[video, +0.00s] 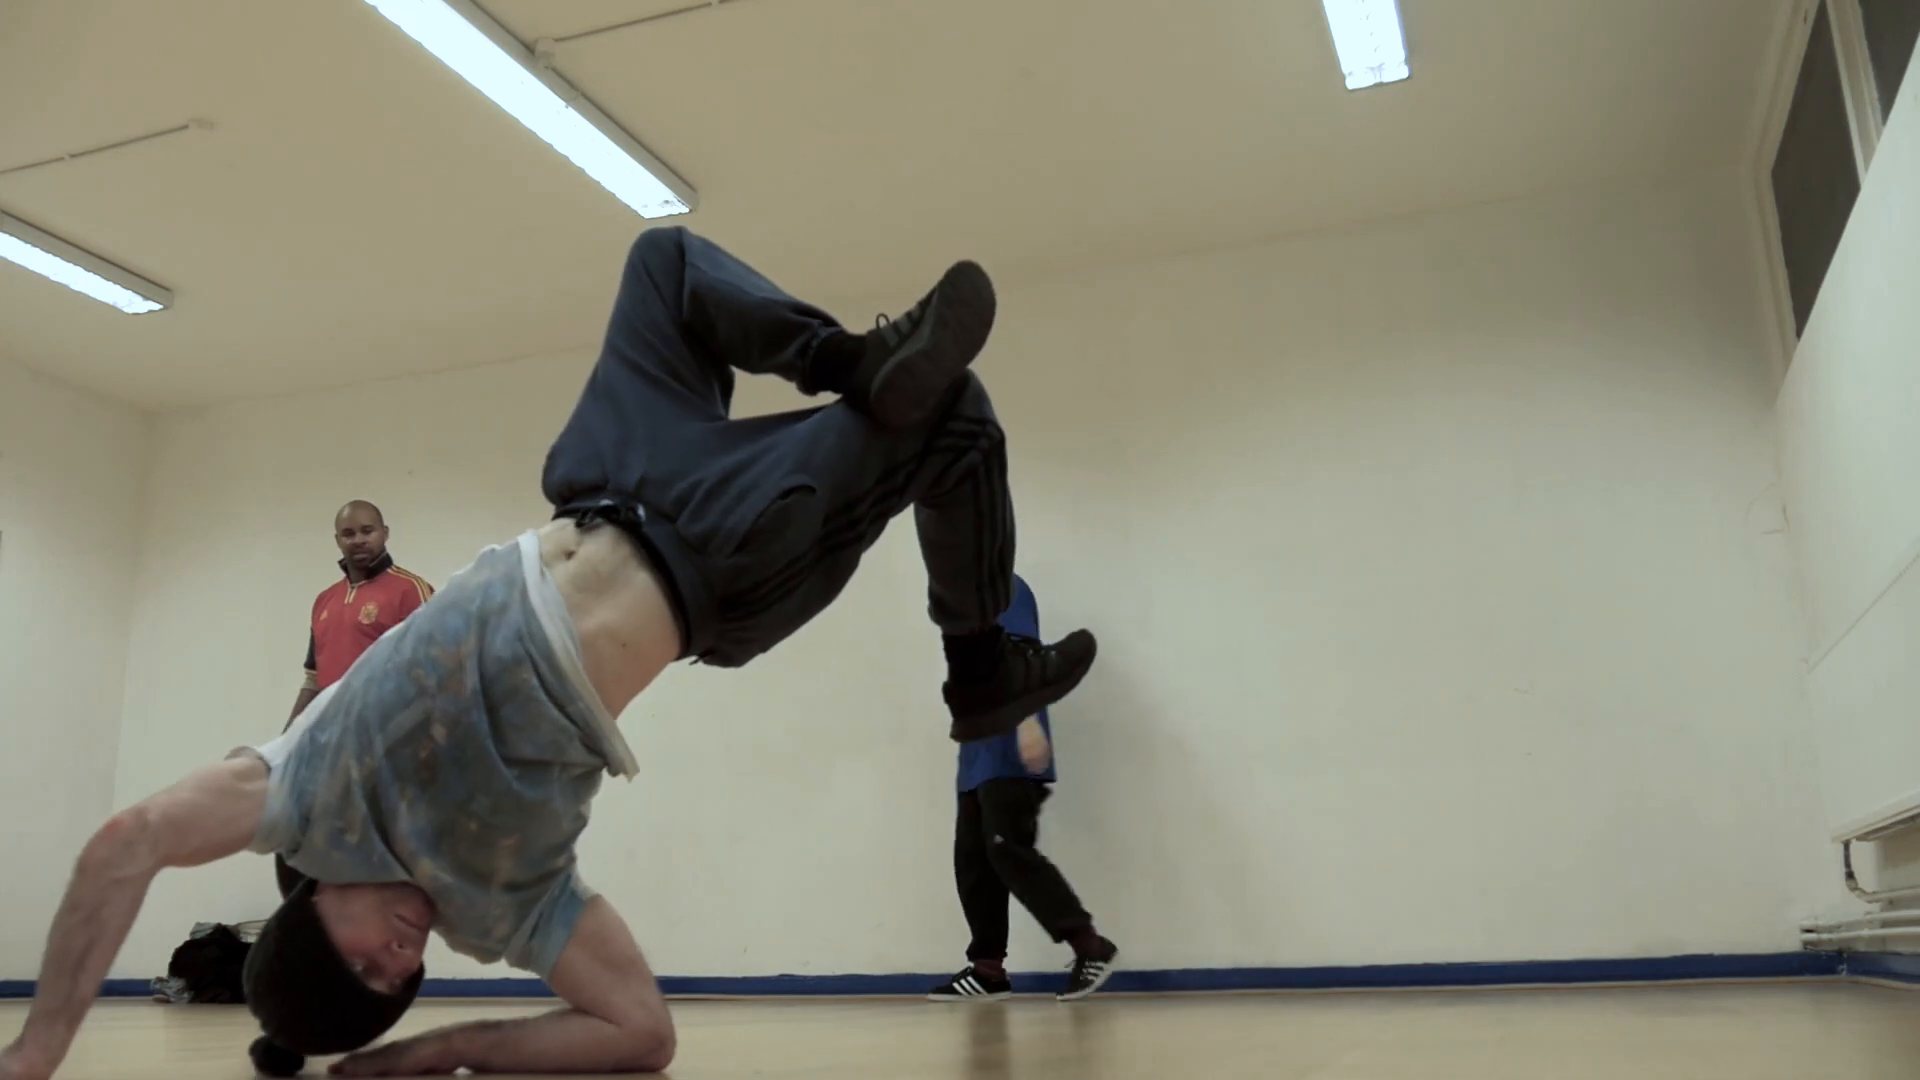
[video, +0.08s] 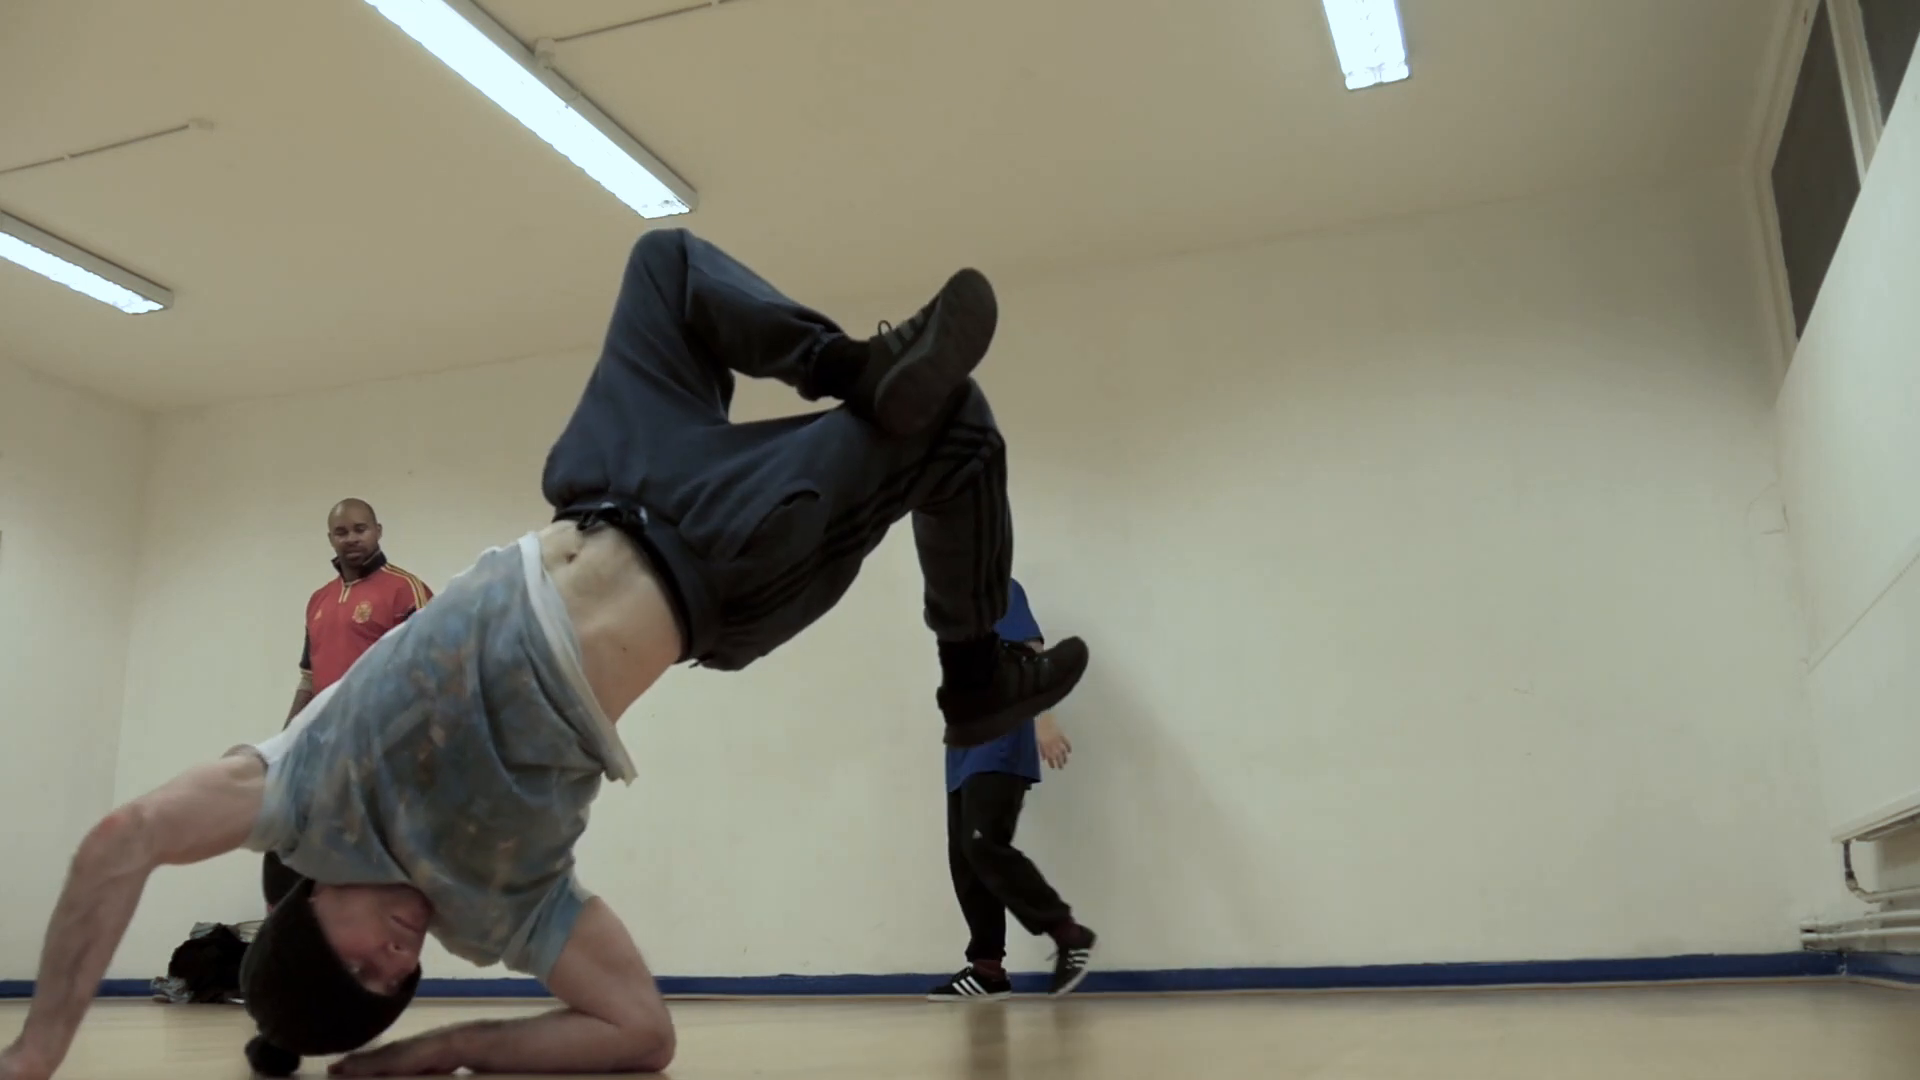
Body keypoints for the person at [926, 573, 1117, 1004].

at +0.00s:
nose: (954, 560)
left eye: (960, 551)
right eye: (952, 553)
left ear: (986, 546)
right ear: (957, 558)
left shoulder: (1008, 593)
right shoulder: (964, 605)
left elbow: (1019, 664)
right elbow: (985, 671)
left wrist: (1029, 724)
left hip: (1012, 751)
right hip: (977, 754)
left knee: (1008, 851)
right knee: (974, 860)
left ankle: (1091, 947)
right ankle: (987, 969)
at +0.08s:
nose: (950, 562)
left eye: (956, 554)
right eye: (947, 556)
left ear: (981, 549)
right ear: (946, 561)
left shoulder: (1002, 591)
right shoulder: (951, 607)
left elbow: (1031, 655)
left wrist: (1044, 722)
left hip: (1003, 742)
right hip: (965, 746)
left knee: (984, 846)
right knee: (965, 855)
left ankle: (1070, 935)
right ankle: (986, 968)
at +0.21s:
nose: (950, 562)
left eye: (959, 554)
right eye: (943, 557)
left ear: (978, 552)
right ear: (935, 563)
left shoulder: (997, 595)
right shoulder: (937, 614)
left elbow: (1031, 658)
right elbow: (925, 691)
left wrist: (1050, 726)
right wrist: (916, 759)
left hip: (994, 751)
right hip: (950, 756)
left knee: (969, 843)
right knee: (954, 856)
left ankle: (1025, 950)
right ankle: (986, 966)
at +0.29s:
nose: (946, 568)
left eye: (953, 560)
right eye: (938, 561)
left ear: (974, 557)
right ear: (928, 565)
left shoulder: (995, 600)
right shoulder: (923, 620)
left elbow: (1023, 666)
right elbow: (909, 690)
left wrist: (1041, 736)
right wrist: (889, 752)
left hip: (989, 751)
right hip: (942, 754)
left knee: (970, 848)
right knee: (951, 856)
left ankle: (987, 968)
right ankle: (979, 965)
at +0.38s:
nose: (923, 563)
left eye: (930, 552)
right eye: (917, 553)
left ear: (959, 557)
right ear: (913, 559)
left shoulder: (992, 607)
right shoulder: (913, 620)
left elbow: (1015, 672)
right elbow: (895, 691)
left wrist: (1019, 743)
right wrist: (867, 750)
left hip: (983, 758)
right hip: (935, 763)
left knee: (965, 855)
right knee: (951, 862)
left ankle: (961, 961)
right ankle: (982, 964)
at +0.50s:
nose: (915, 556)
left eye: (924, 545)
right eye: (912, 548)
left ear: (952, 553)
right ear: (909, 561)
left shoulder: (984, 603)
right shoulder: (900, 615)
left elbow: (1010, 668)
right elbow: (878, 685)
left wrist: (1013, 743)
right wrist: (849, 743)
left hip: (975, 756)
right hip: (923, 761)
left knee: (950, 849)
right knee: (953, 857)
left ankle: (928, 961)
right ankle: (986, 969)